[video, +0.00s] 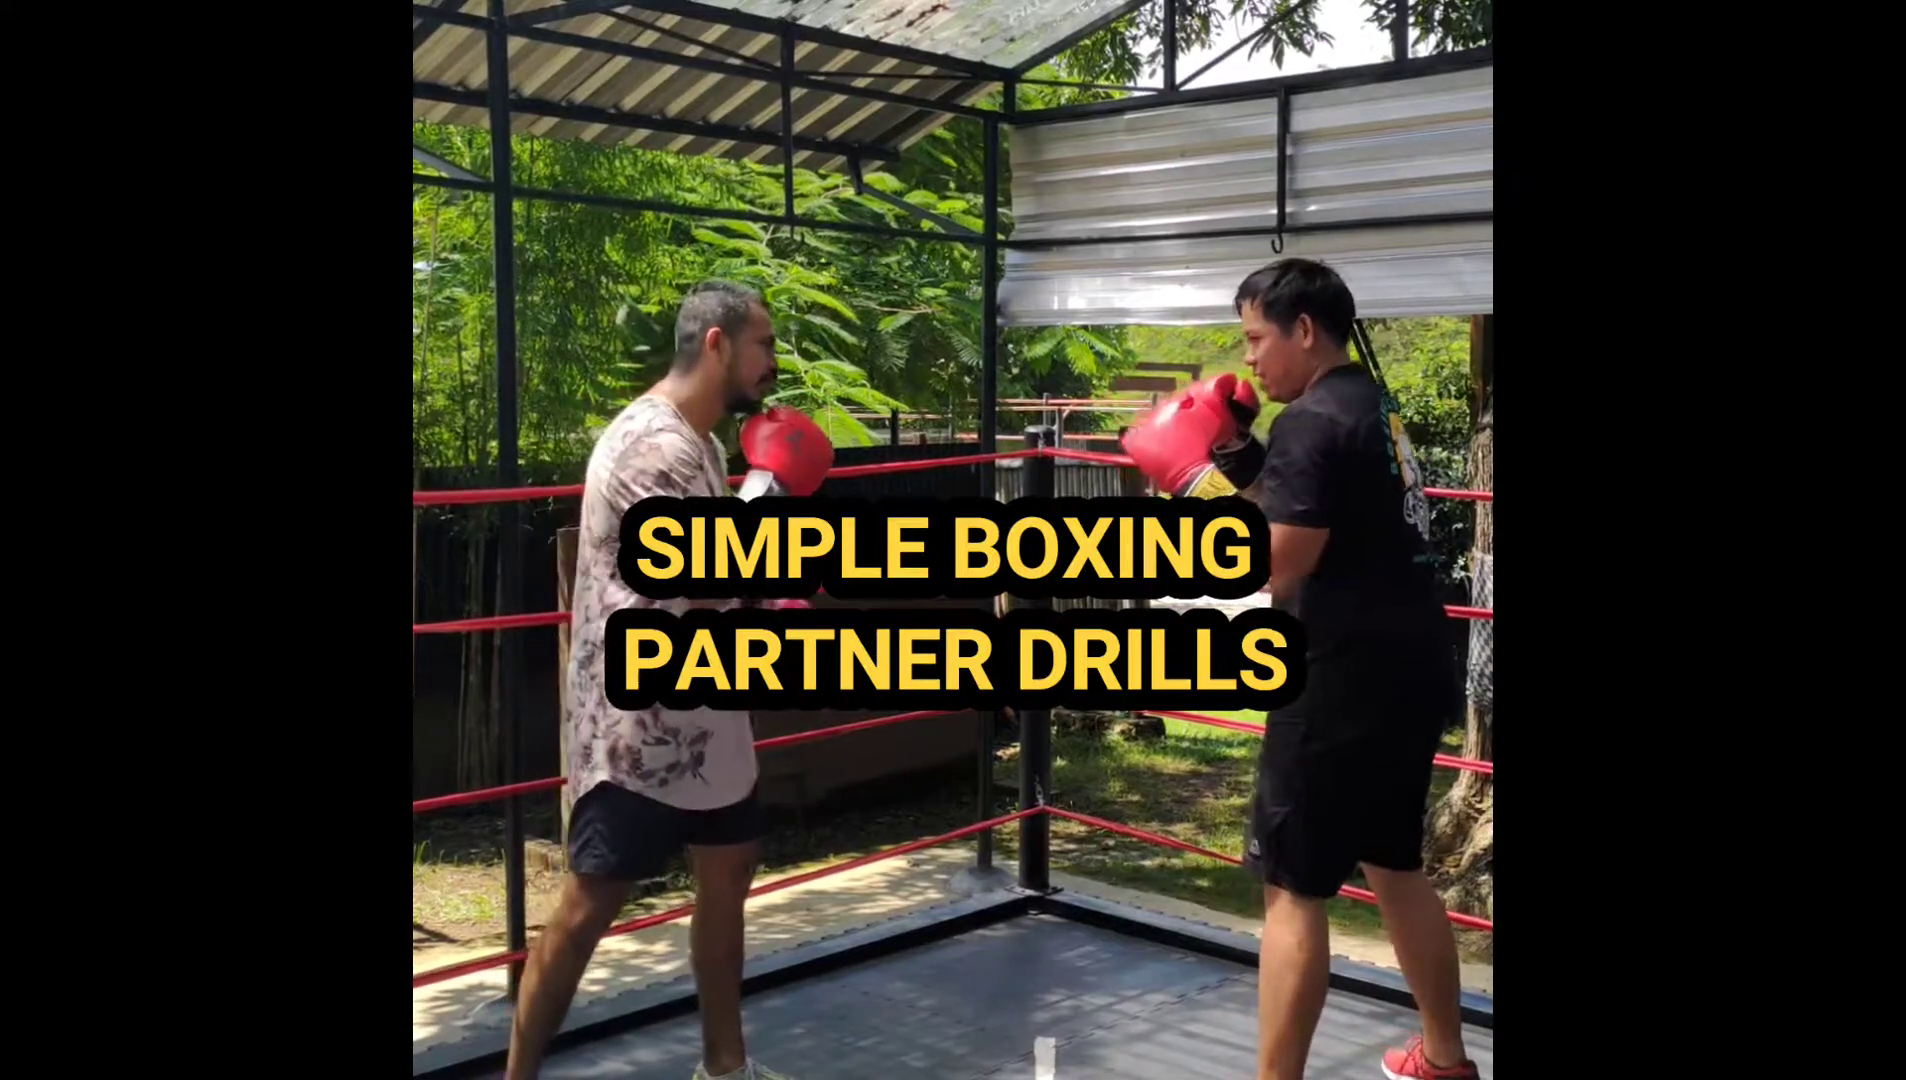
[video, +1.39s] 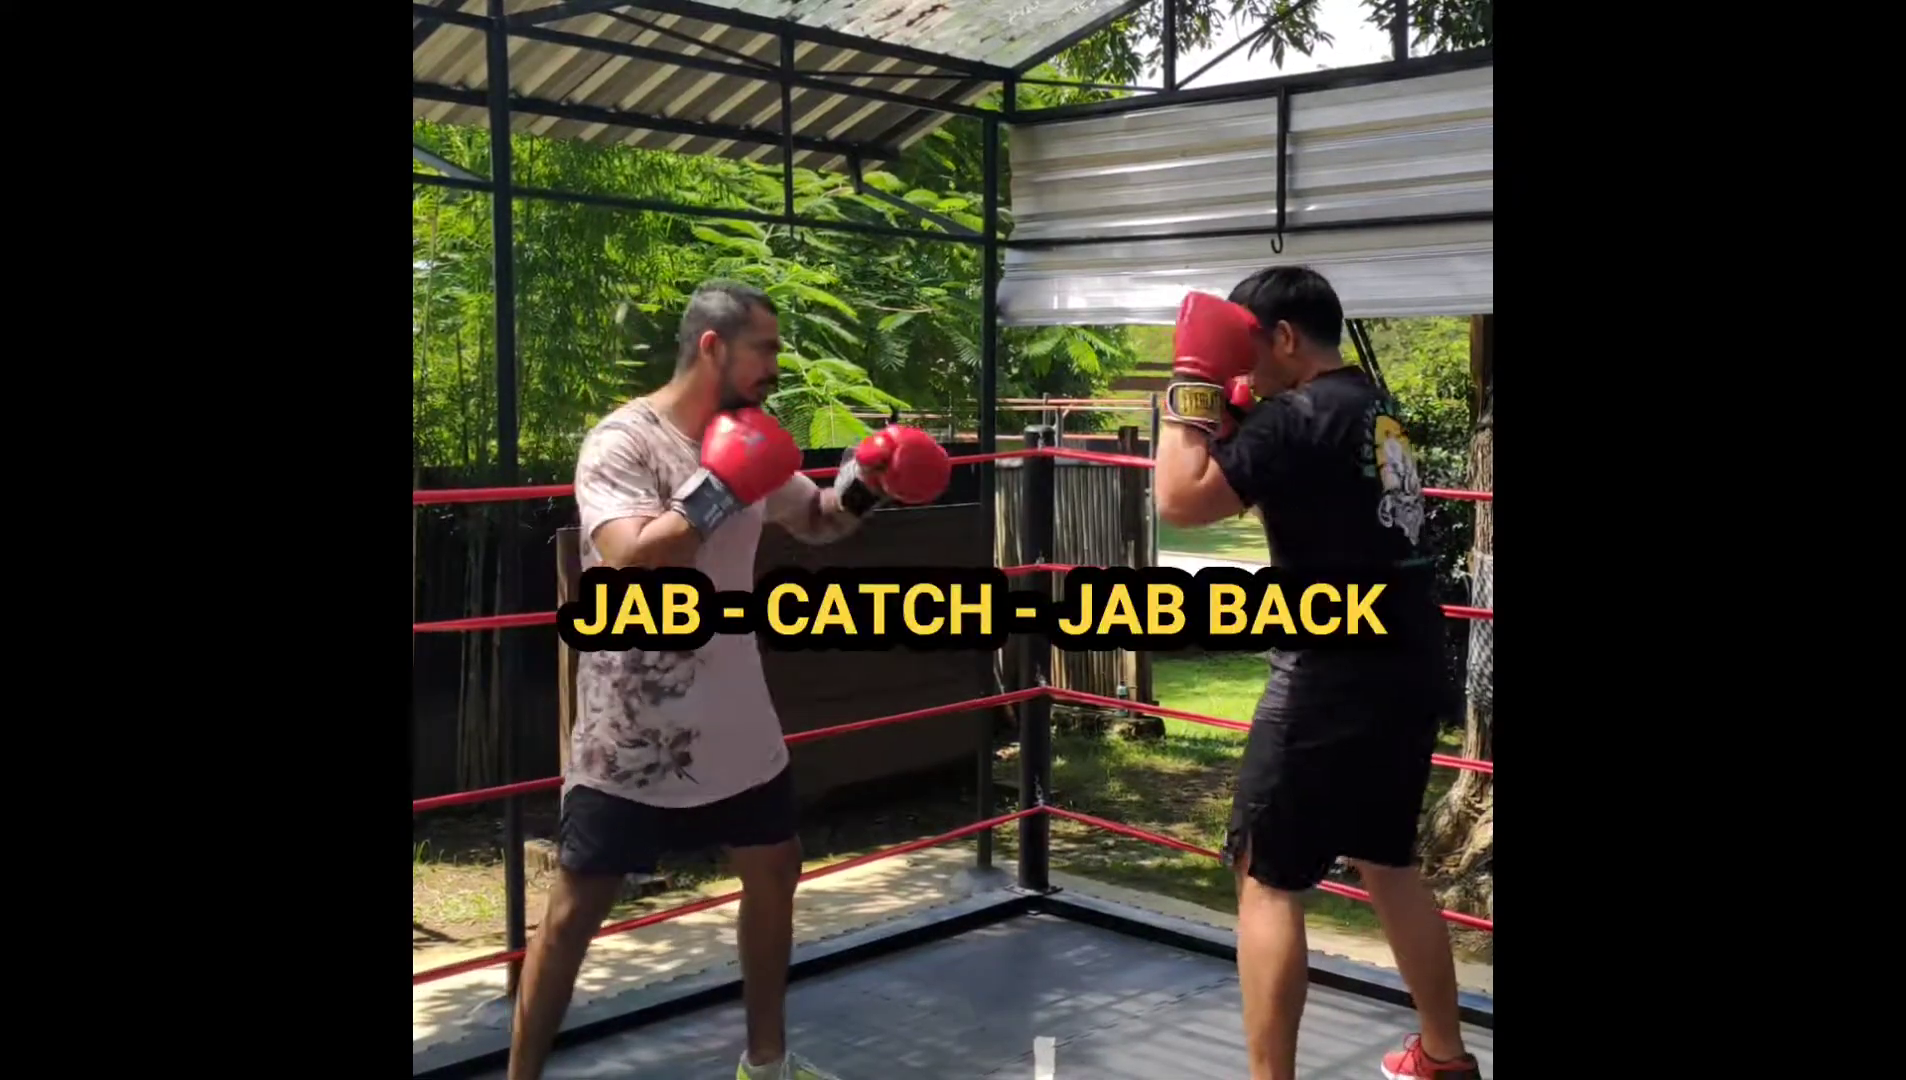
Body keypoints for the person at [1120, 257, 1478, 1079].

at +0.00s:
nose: (1249, 357)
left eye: (1256, 338)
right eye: (1246, 340)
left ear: (1307, 333)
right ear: (1320, 336)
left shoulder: (1315, 421)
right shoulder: (1361, 399)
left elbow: (1277, 570)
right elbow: (1311, 526)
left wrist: (1202, 472)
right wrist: (1237, 447)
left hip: (1339, 682)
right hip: (1406, 675)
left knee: (1294, 887)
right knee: (1396, 862)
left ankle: (1277, 1072)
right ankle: (1444, 1053)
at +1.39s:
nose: (1245, 368)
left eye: (1249, 351)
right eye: (1241, 354)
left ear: (1285, 338)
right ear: (1317, 335)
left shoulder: (1297, 418)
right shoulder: (1373, 402)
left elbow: (1180, 499)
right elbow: (1300, 491)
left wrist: (1178, 399)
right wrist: (1232, 425)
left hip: (1327, 671)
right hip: (1413, 670)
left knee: (1268, 876)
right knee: (1390, 858)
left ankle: (1270, 1071)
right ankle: (1446, 1053)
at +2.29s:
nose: (1183, 377)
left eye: (1183, 358)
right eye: (1180, 359)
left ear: (1221, 349)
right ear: (1267, 344)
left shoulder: (1231, 417)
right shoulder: (1336, 413)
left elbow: (1152, 509)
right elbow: (1282, 505)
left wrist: (1069, 453)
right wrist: (1187, 457)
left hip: (1250, 682)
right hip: (1352, 682)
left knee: (1172, 871)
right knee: (1383, 868)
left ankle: (1170, 1070)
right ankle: (1445, 1049)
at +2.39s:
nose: (1165, 369)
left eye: (1167, 353)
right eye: (1162, 356)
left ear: (1202, 342)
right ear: (1255, 337)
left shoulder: (1206, 407)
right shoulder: (1332, 406)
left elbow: (1051, 435)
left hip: (1233, 684)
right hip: (1343, 682)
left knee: (1171, 875)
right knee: (1374, 867)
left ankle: (1170, 1071)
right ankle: (1428, 1049)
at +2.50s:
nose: (1165, 363)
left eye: (1165, 347)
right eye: (1161, 349)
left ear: (1199, 335)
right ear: (1255, 329)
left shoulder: (1191, 402)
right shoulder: (1336, 402)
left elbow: (1036, 429)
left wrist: (935, 399)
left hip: (1228, 689)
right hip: (1336, 685)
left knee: (1176, 874)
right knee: (1367, 860)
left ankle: (1178, 1071)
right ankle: (1425, 1036)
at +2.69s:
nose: (1183, 364)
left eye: (1184, 344)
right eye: (1180, 344)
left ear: (1220, 335)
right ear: (1261, 335)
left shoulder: (1222, 408)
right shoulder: (1334, 402)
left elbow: (1130, 519)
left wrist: (1036, 456)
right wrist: (1174, 454)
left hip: (1251, 672)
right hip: (1348, 670)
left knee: (1195, 877)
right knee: (1359, 854)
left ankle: (1192, 1071)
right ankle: (1426, 1036)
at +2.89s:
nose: (1215, 377)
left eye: (1217, 359)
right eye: (1209, 363)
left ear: (1264, 346)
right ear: (1290, 347)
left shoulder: (1288, 420)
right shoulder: (1341, 408)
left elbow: (1218, 545)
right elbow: (1279, 518)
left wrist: (1152, 454)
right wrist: (1210, 446)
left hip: (1306, 674)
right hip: (1384, 674)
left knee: (1216, 869)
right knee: (1381, 868)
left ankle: (1200, 1069)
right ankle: (1430, 1059)